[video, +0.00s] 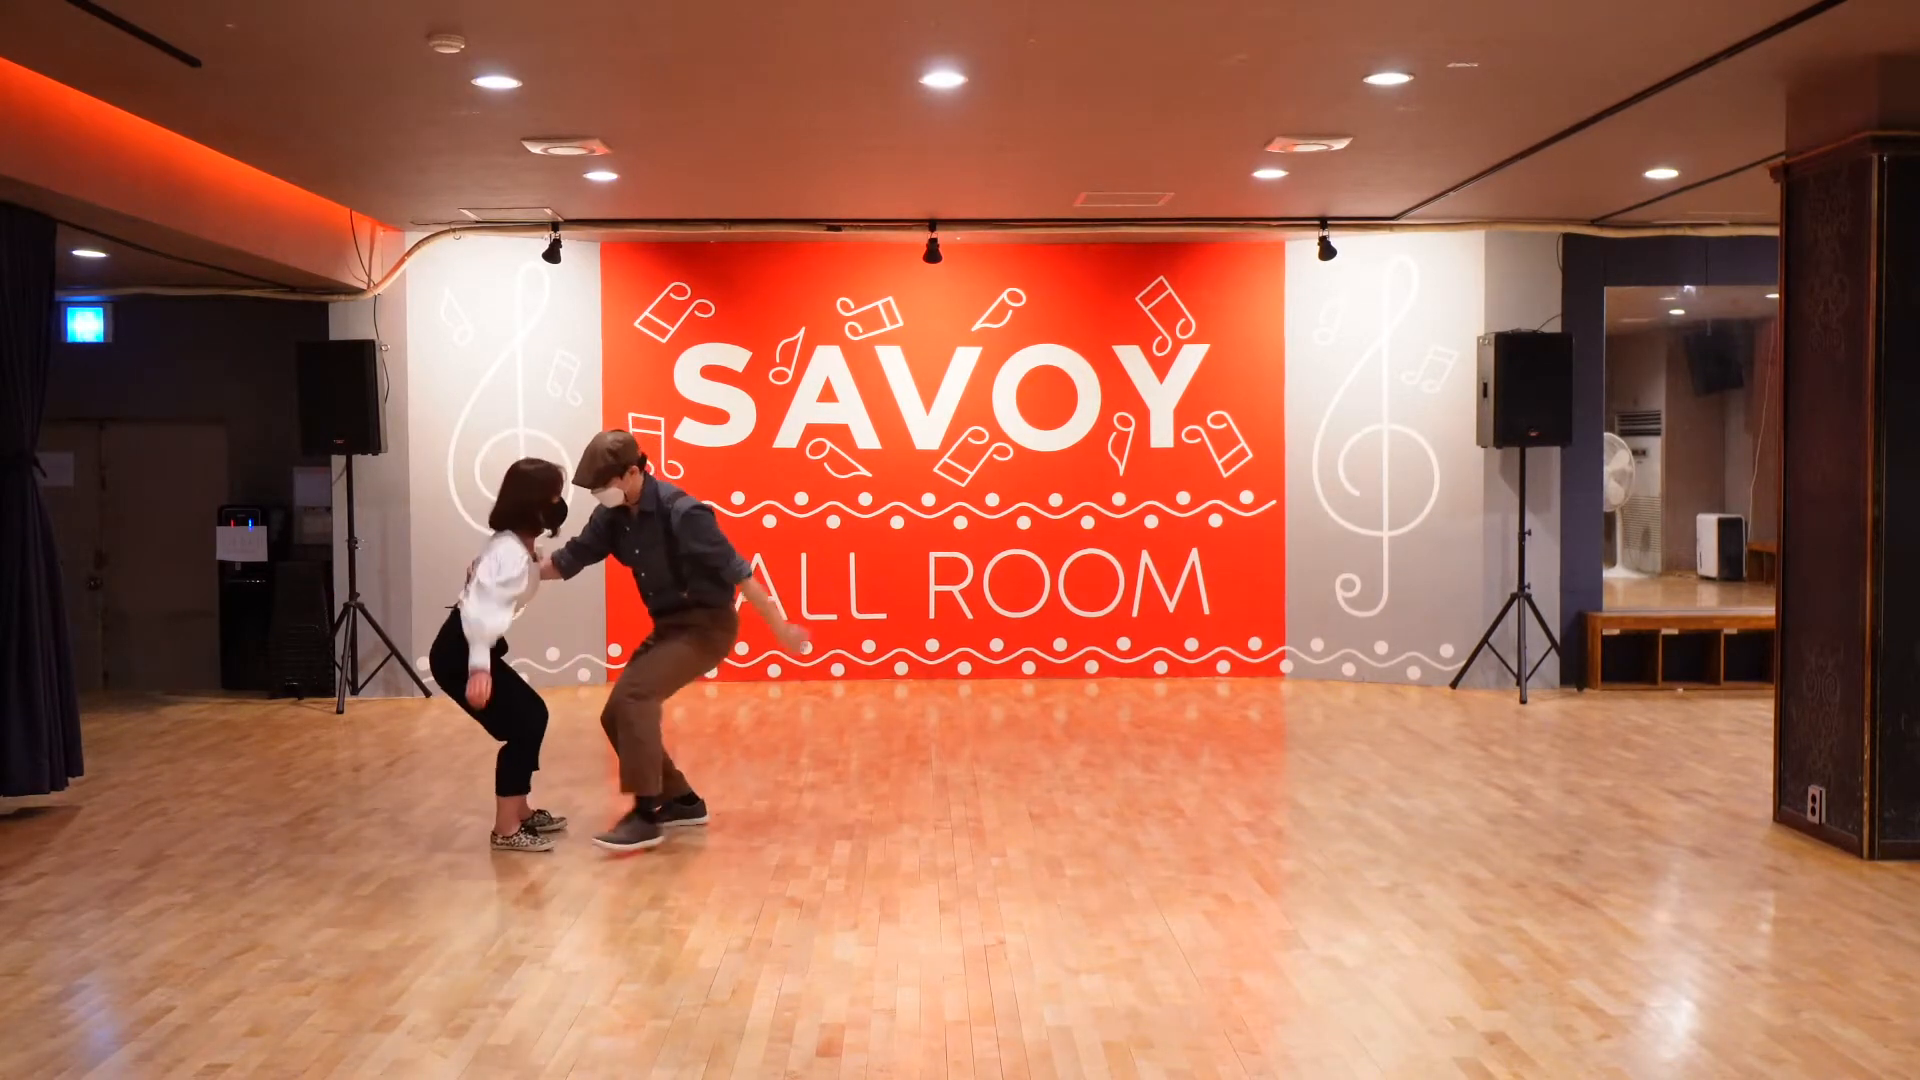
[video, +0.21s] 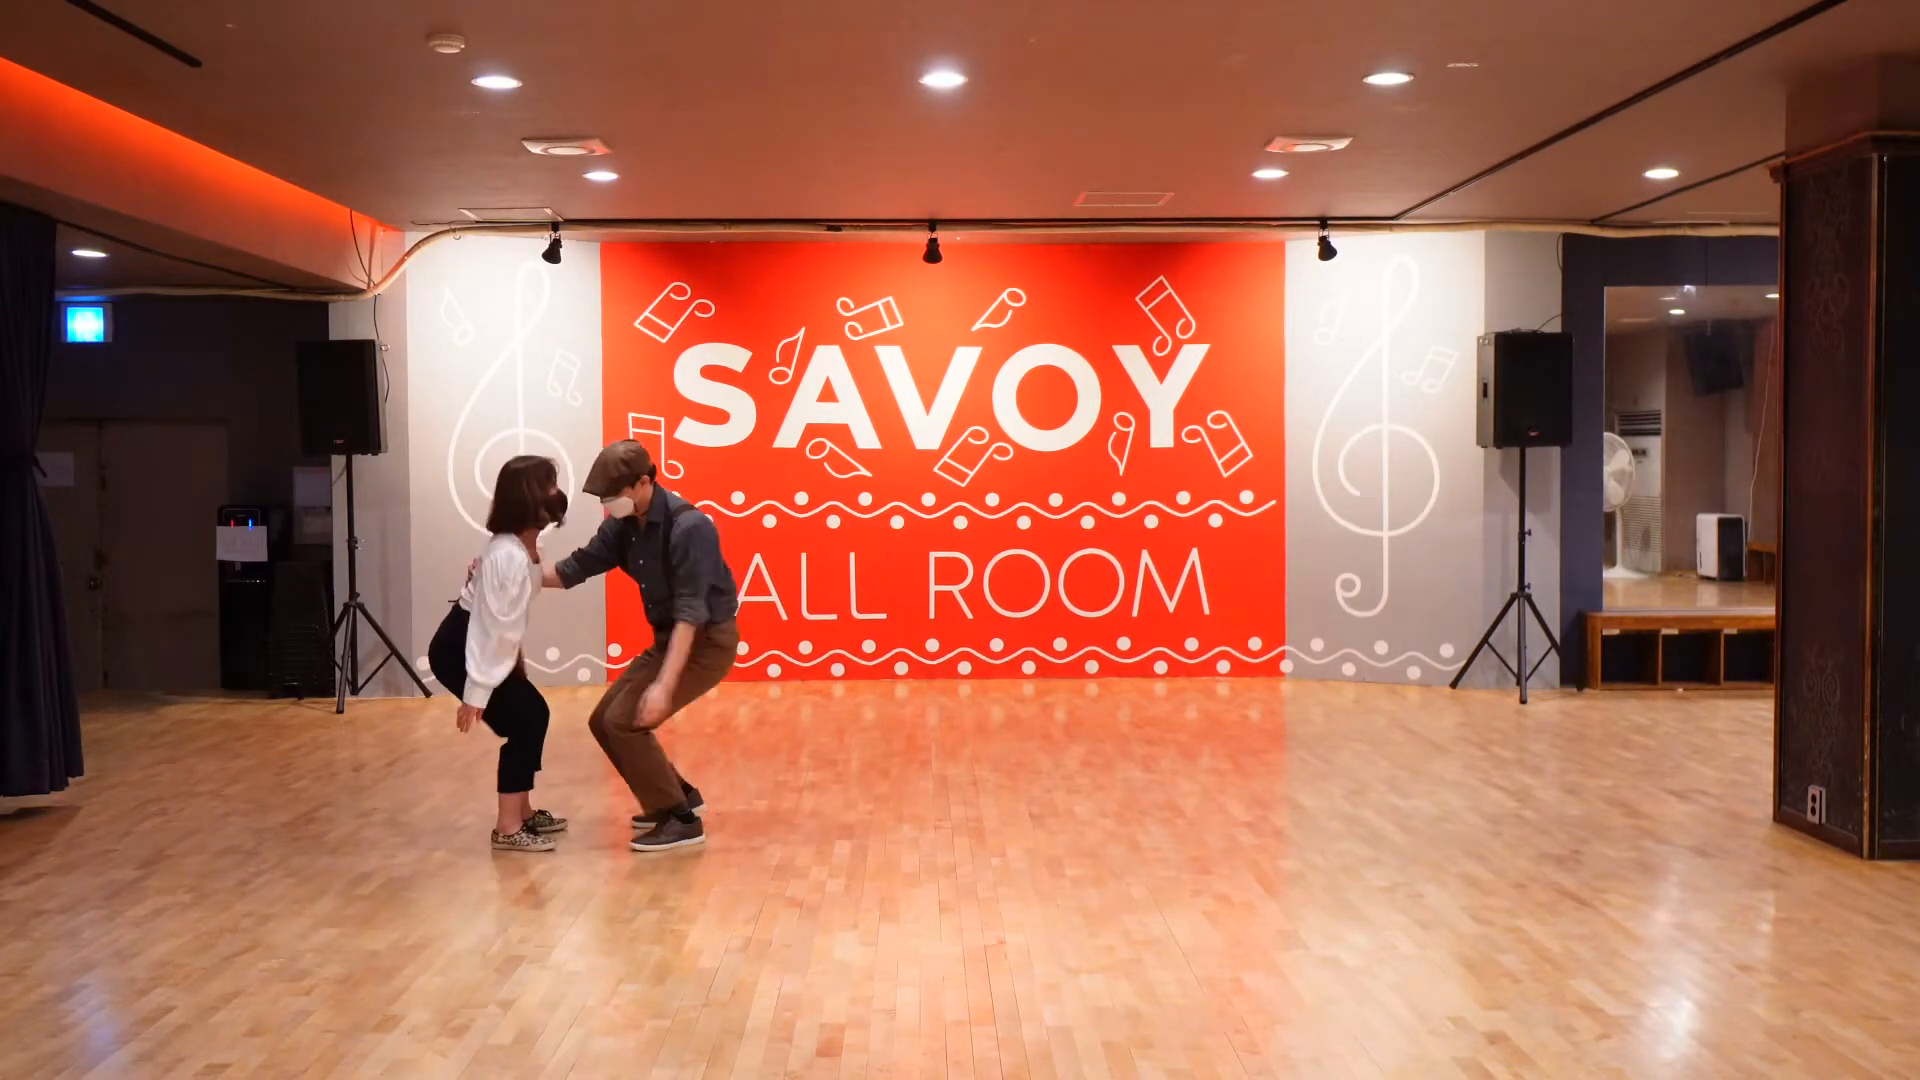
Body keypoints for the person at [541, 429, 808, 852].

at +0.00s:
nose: (600, 498)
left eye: (604, 488)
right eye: (595, 490)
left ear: (632, 473)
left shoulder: (683, 512)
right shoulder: (611, 516)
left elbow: (739, 571)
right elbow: (568, 560)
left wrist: (781, 627)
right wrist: (519, 571)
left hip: (708, 625)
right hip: (668, 628)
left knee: (633, 695)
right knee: (615, 716)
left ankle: (647, 811)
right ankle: (680, 799)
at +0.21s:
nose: (604, 507)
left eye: (610, 497)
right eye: (601, 498)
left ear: (640, 486)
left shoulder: (689, 527)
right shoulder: (622, 527)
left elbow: (689, 616)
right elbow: (566, 573)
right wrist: (496, 572)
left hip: (707, 643)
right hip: (670, 640)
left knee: (620, 722)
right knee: (603, 722)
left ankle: (679, 819)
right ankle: (676, 796)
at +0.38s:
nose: (610, 507)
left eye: (615, 498)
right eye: (606, 498)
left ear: (644, 486)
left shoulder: (687, 525)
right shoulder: (629, 523)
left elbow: (649, 605)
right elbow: (570, 565)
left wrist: (580, 638)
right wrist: (524, 559)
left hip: (713, 642)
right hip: (674, 641)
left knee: (633, 718)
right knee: (606, 716)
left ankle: (680, 819)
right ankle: (678, 795)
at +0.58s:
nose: (612, 502)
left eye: (617, 493)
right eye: (608, 494)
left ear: (645, 480)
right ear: (634, 480)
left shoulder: (687, 515)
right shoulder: (631, 510)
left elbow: (650, 591)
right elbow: (586, 559)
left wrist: (589, 555)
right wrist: (533, 553)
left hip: (715, 633)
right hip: (678, 634)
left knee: (637, 716)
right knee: (616, 719)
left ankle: (678, 819)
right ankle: (679, 799)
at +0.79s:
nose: (604, 486)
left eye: (611, 478)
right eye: (600, 478)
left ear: (639, 464)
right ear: (598, 469)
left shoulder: (681, 486)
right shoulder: (614, 496)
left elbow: (722, 553)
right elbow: (586, 547)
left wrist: (651, 546)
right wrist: (576, 537)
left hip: (714, 604)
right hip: (669, 606)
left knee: (639, 680)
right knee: (613, 686)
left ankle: (654, 794)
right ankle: (663, 773)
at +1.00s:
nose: (609, 481)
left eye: (617, 472)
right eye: (607, 472)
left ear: (647, 468)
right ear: (625, 470)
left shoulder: (689, 513)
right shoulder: (615, 510)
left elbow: (724, 585)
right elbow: (593, 562)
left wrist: (666, 618)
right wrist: (556, 553)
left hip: (706, 622)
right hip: (656, 623)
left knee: (655, 700)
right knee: (625, 714)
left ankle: (646, 817)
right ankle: (665, 805)